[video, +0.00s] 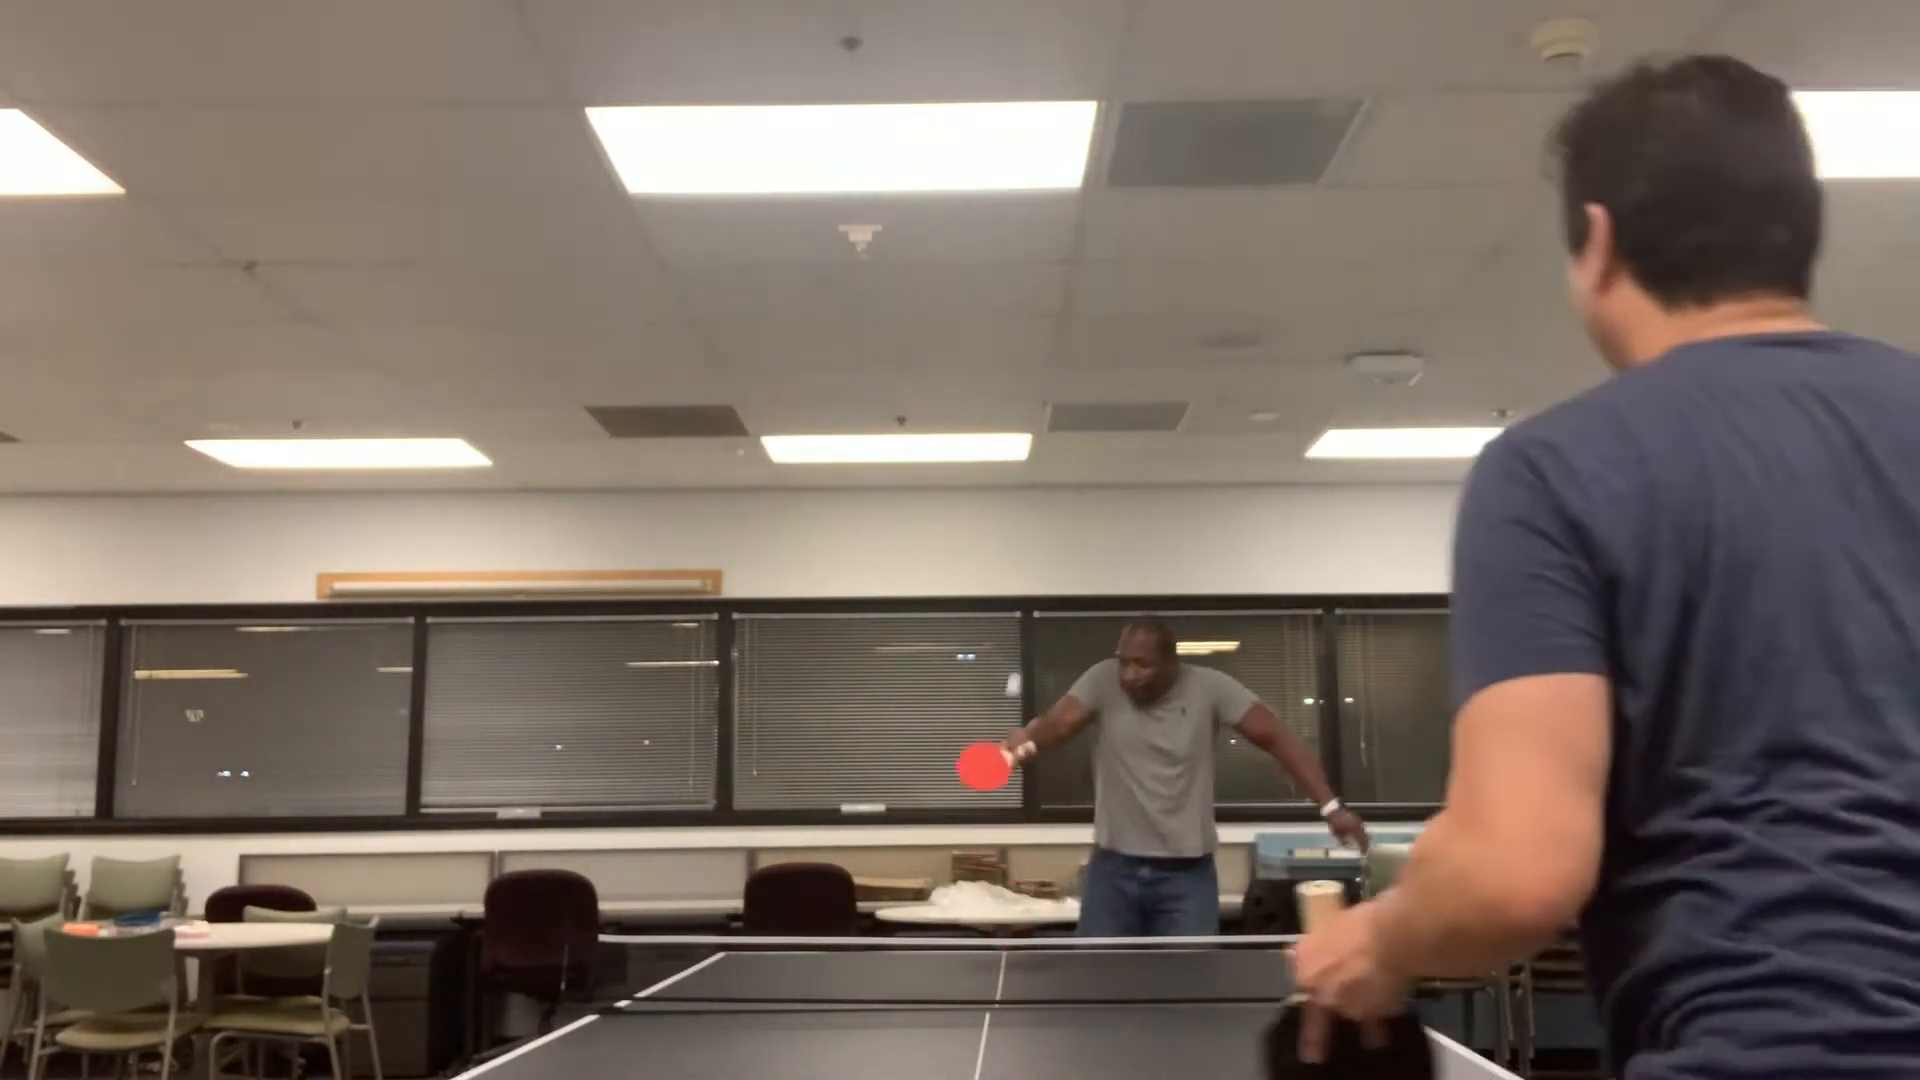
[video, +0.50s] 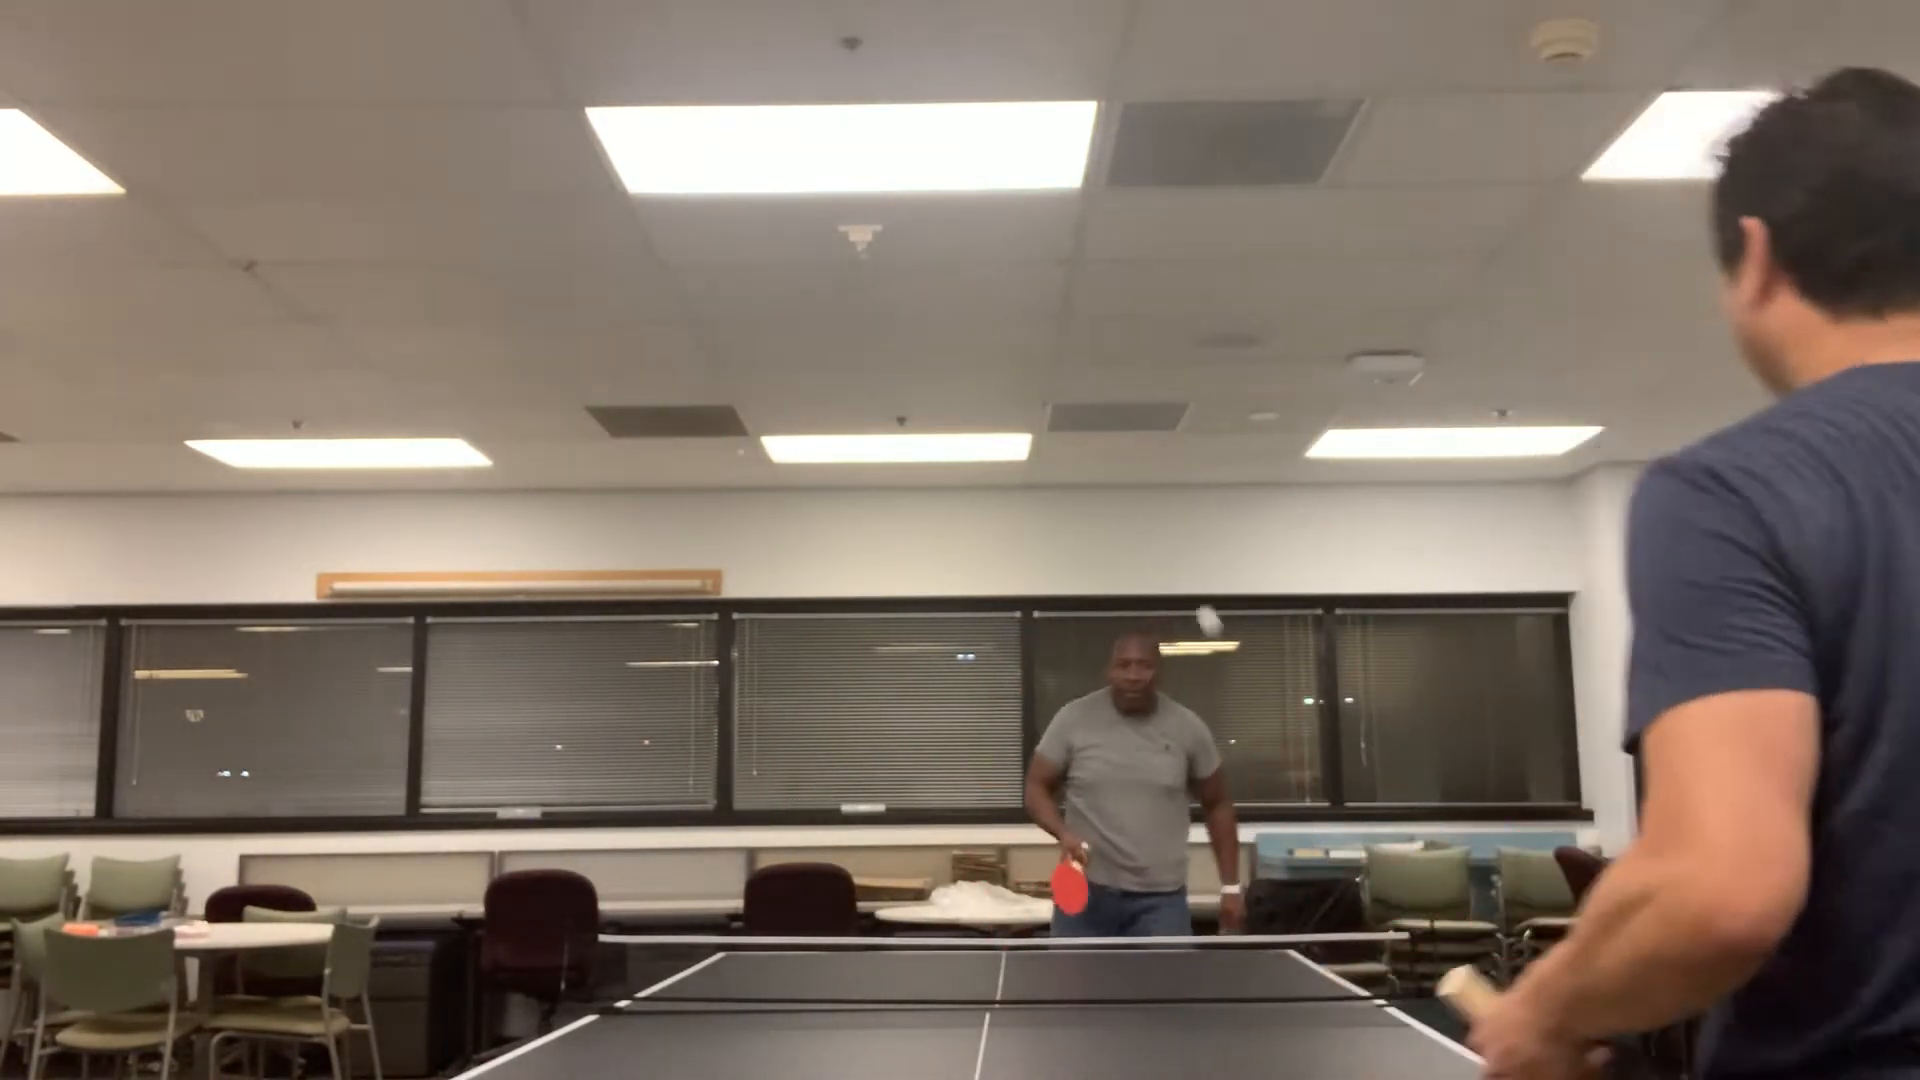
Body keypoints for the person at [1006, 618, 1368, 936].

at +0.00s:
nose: (1131, 675)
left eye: (1143, 667)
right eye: (1125, 663)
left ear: (1170, 662)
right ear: (1118, 654)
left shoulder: (1209, 688)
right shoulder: (1103, 681)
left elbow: (1277, 739)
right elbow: (1056, 722)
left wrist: (1331, 807)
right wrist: (1024, 741)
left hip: (1187, 875)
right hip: (1113, 870)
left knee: (1188, 992)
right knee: (1098, 986)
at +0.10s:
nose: (1142, 669)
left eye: (1154, 660)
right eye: (1136, 657)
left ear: (1181, 660)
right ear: (1129, 653)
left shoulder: (1216, 692)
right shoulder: (1110, 681)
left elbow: (1284, 741)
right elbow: (1057, 721)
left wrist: (1347, 805)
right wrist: (1027, 740)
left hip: (1188, 878)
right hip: (1114, 873)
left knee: (1190, 1001)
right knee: (1096, 990)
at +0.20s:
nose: (1150, 668)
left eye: (1162, 659)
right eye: (1143, 657)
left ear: (1186, 662)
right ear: (1133, 656)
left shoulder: (1220, 703)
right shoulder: (1110, 691)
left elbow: (1286, 760)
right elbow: (1056, 744)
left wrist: (1340, 826)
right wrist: (1045, 766)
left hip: (1187, 884)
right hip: (1112, 878)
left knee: (1186, 1007)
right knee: (1094, 994)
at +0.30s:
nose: (1152, 669)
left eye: (1164, 660)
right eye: (1144, 658)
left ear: (1185, 664)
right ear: (1133, 659)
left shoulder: (1218, 714)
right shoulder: (1105, 701)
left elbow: (1271, 781)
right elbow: (1056, 764)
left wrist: (1312, 857)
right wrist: (1060, 796)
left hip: (1183, 893)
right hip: (1106, 885)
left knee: (1182, 1011)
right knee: (1089, 1001)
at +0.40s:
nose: (1147, 672)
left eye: (1158, 661)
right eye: (1138, 661)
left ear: (1175, 666)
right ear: (1124, 663)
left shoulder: (1207, 722)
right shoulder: (1091, 712)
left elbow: (1247, 796)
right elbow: (1051, 777)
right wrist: (1068, 823)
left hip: (1175, 898)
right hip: (1098, 892)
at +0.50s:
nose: (1133, 675)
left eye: (1143, 665)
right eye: (1123, 665)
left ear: (1157, 671)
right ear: (1108, 671)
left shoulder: (1188, 728)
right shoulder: (1073, 720)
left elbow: (1218, 805)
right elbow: (1035, 788)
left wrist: (1231, 888)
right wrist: (1063, 834)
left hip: (1161, 899)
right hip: (1086, 896)